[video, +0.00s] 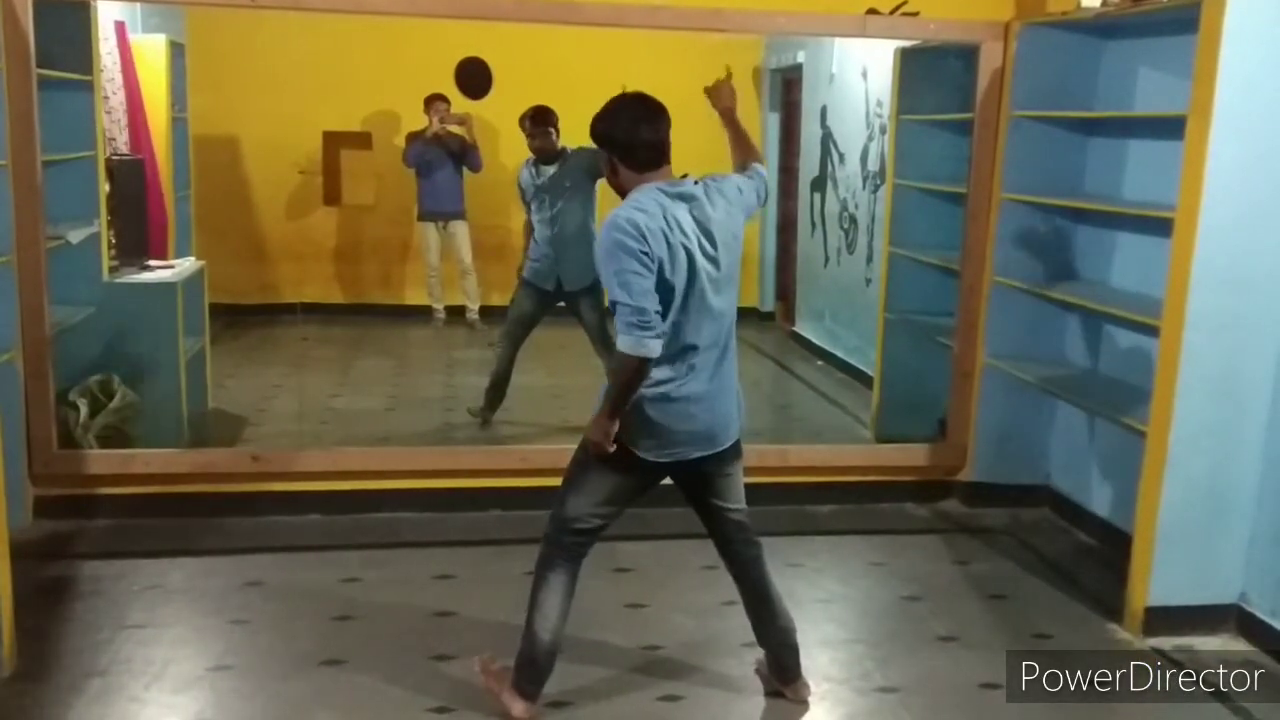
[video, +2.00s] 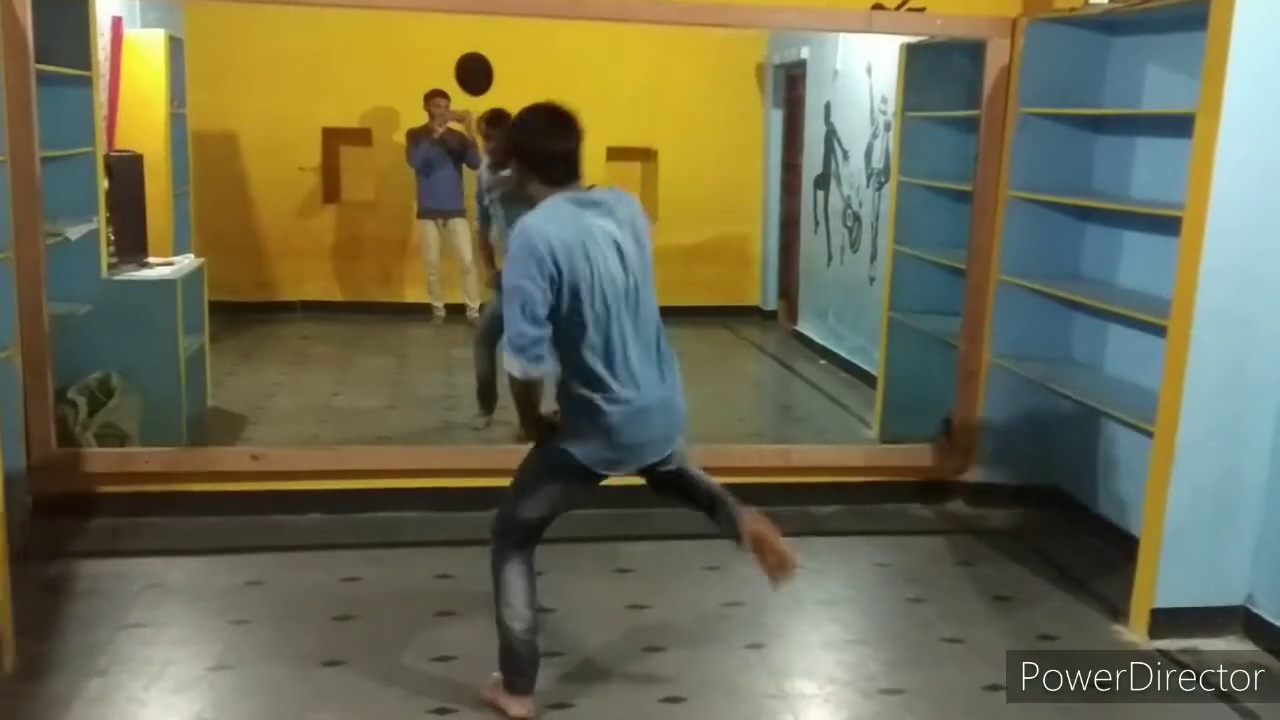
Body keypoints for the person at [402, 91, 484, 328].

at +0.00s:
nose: (440, 115)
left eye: (444, 111)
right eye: (435, 110)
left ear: (450, 113)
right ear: (427, 113)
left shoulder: (456, 140)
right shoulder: (416, 138)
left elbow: (476, 165)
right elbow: (410, 161)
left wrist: (470, 133)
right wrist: (429, 134)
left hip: (456, 213)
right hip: (428, 214)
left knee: (466, 264)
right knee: (433, 267)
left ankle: (473, 313)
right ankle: (438, 311)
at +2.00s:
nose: (440, 111)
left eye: (444, 106)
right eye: (435, 106)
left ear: (449, 109)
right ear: (427, 108)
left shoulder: (456, 136)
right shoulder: (416, 134)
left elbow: (474, 162)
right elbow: (415, 161)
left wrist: (470, 133)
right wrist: (434, 135)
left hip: (455, 210)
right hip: (428, 210)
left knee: (467, 262)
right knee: (432, 264)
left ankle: (473, 309)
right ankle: (437, 308)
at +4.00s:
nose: (438, 105)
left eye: (441, 100)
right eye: (433, 100)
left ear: (447, 103)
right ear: (424, 103)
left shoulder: (454, 130)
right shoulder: (414, 129)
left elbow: (473, 157)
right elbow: (412, 155)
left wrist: (467, 125)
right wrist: (433, 129)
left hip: (453, 203)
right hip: (426, 204)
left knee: (465, 257)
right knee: (430, 258)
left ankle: (471, 305)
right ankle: (436, 303)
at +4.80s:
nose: (441, 138)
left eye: (446, 133)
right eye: (437, 133)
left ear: (451, 136)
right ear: (429, 135)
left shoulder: (458, 162)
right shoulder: (418, 161)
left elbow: (477, 188)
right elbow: (417, 187)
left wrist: (471, 157)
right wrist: (436, 161)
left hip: (457, 234)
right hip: (430, 236)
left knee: (468, 287)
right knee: (434, 288)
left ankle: (474, 334)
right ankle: (439, 333)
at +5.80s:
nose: (457, 170)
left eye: (461, 166)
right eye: (452, 165)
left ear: (466, 168)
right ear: (444, 167)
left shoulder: (474, 194)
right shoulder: (433, 192)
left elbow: (492, 219)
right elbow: (431, 217)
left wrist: (486, 190)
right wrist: (452, 192)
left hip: (472, 265)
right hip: (445, 266)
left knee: (482, 316)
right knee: (448, 318)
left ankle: (488, 364)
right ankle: (454, 364)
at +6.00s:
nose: (457, 171)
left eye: (461, 166)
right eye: (453, 166)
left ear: (467, 169)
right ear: (444, 168)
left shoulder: (474, 196)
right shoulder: (434, 194)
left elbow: (491, 218)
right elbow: (432, 219)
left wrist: (486, 187)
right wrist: (452, 193)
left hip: (473, 263)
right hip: (446, 265)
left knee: (483, 318)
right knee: (449, 319)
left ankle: (489, 364)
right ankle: (454, 363)